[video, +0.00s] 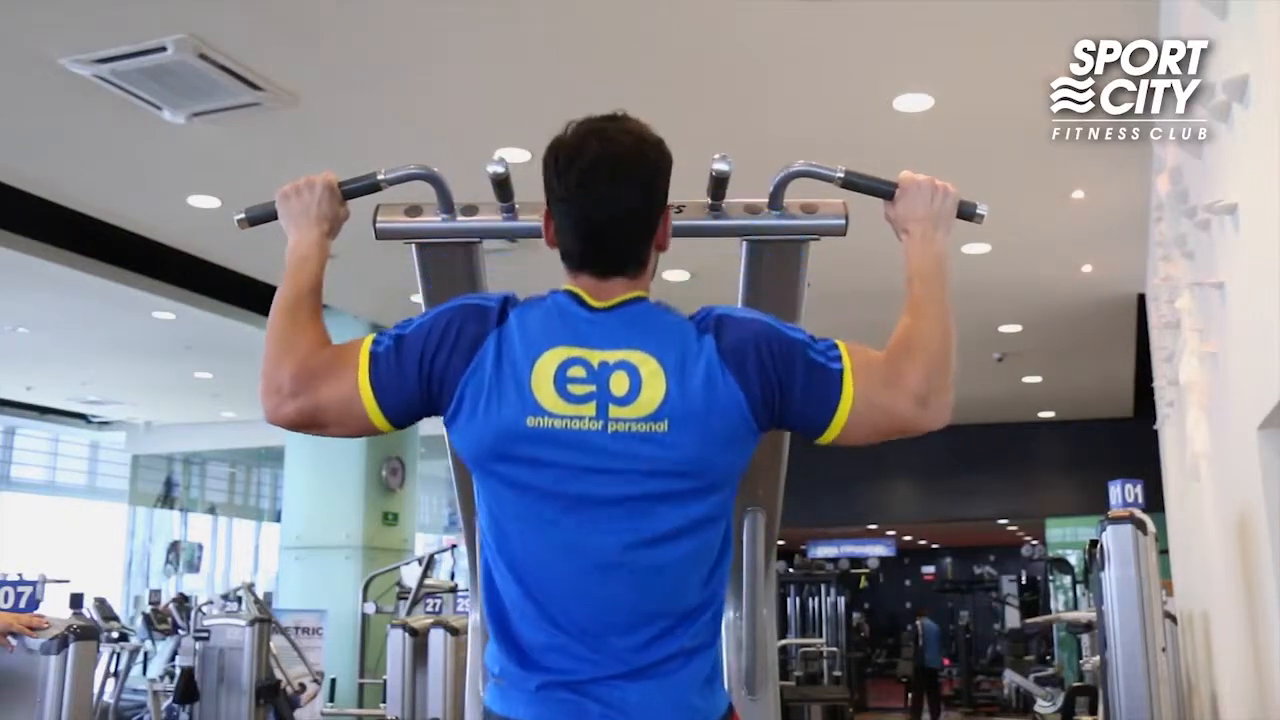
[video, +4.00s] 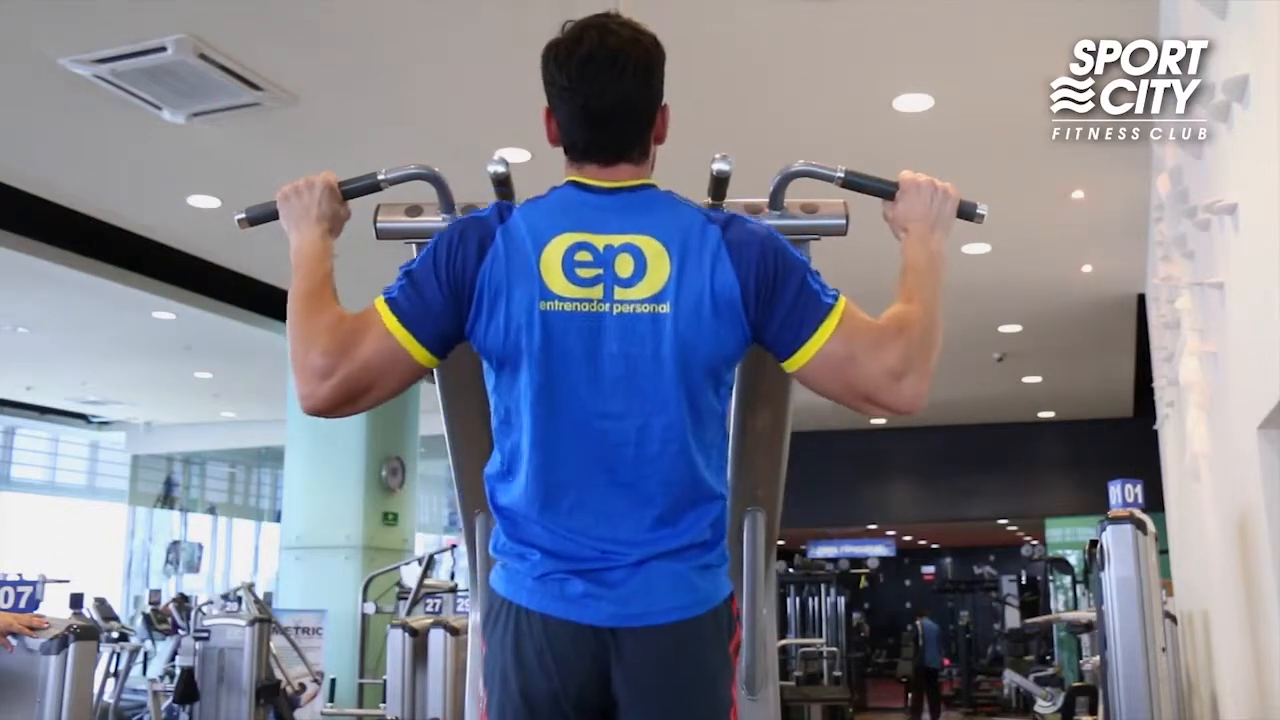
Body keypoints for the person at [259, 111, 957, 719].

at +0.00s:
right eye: (668, 213)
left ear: (547, 229)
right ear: (664, 232)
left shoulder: (477, 339)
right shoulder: (733, 352)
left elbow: (290, 391)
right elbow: (920, 394)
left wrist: (306, 236)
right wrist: (928, 236)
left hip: (525, 701)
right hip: (682, 701)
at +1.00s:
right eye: (662, 333)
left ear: (541, 353)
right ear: (661, 357)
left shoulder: (475, 453)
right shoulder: (727, 459)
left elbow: (306, 403)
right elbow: (904, 406)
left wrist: (308, 244)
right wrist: (921, 243)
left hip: (522, 709)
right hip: (684, 709)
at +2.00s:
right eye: (663, 147)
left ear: (547, 166)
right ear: (665, 168)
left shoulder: (481, 286)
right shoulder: (732, 294)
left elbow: (307, 391)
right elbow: (910, 392)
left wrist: (307, 239)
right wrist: (924, 238)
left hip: (528, 666)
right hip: (679, 667)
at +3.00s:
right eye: (663, 408)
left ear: (538, 434)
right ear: (662, 441)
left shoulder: (477, 518)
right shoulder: (722, 538)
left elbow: (327, 404)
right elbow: (868, 405)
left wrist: (311, 243)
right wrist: (917, 245)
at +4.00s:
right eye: (664, 113)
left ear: (550, 127)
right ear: (662, 126)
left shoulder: (486, 245)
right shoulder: (733, 249)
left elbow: (327, 382)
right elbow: (896, 381)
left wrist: (309, 240)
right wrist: (925, 242)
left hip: (532, 614)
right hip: (679, 616)